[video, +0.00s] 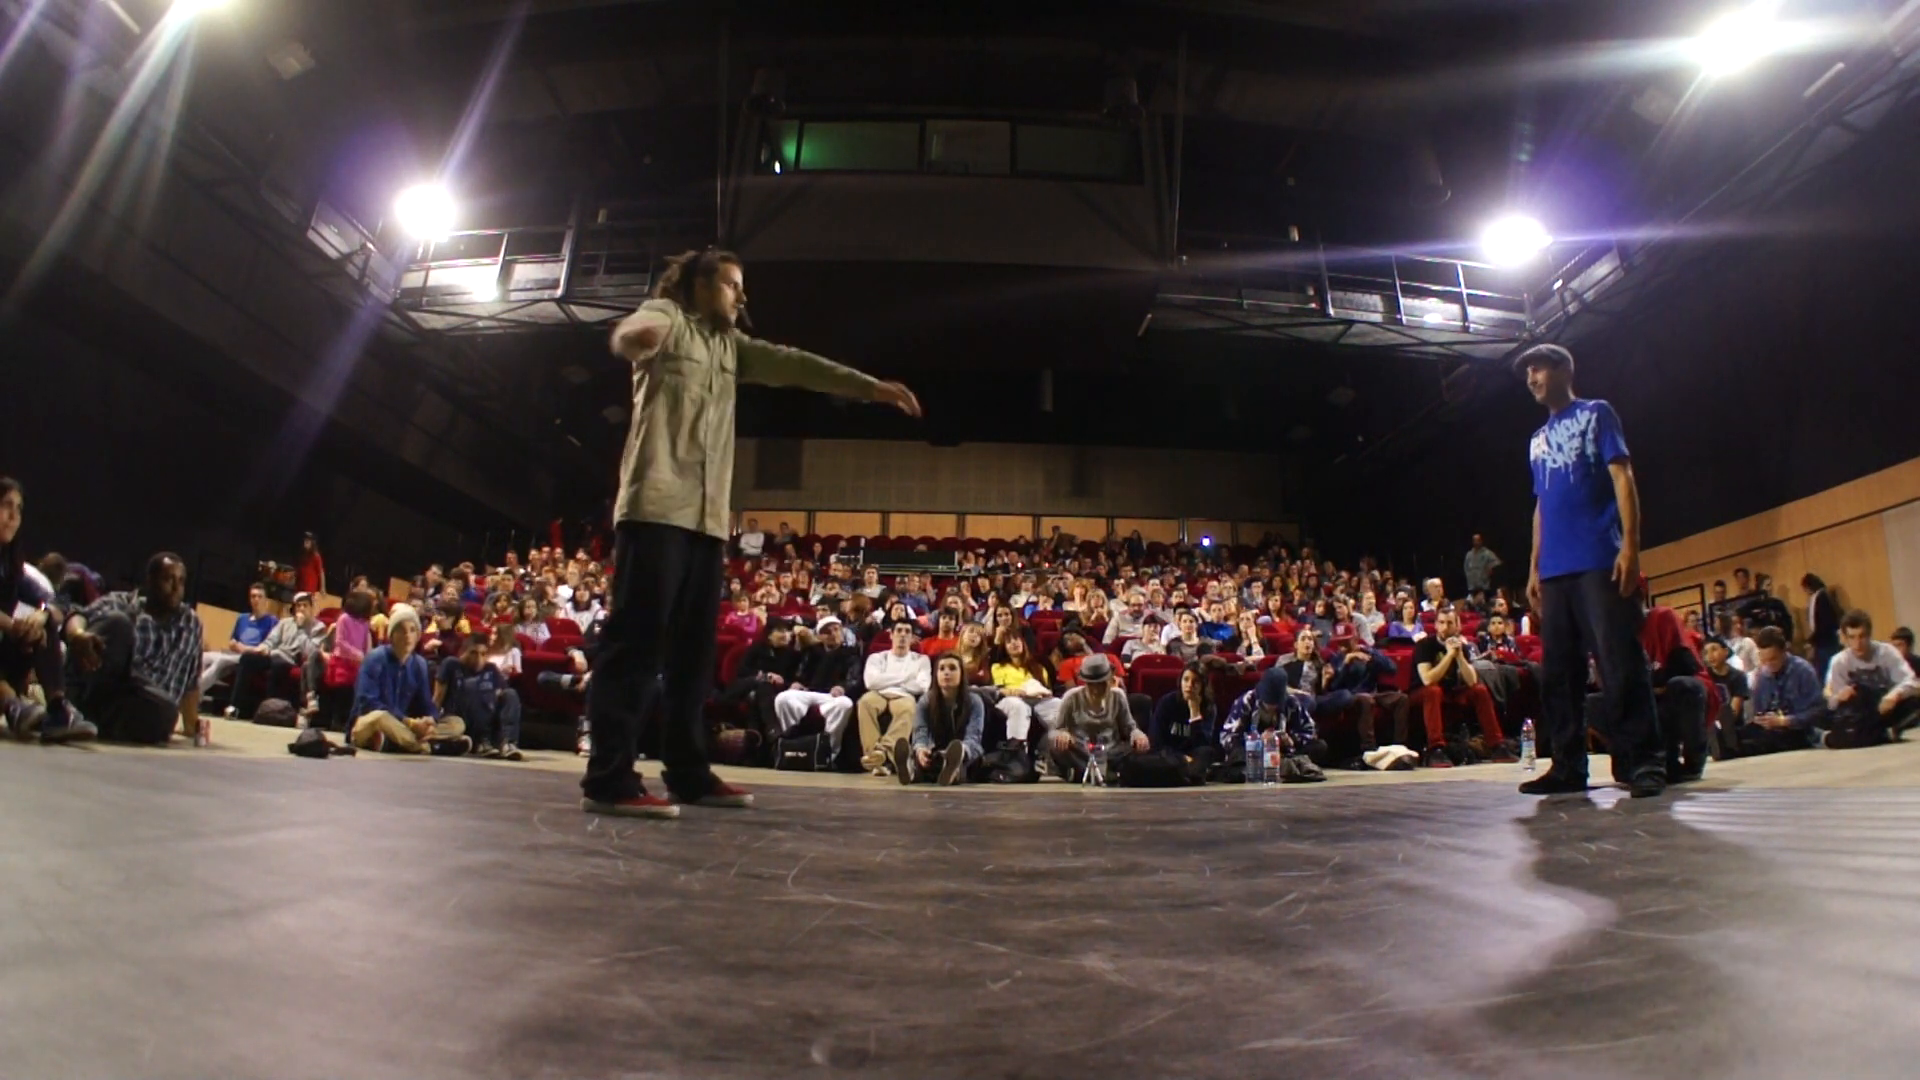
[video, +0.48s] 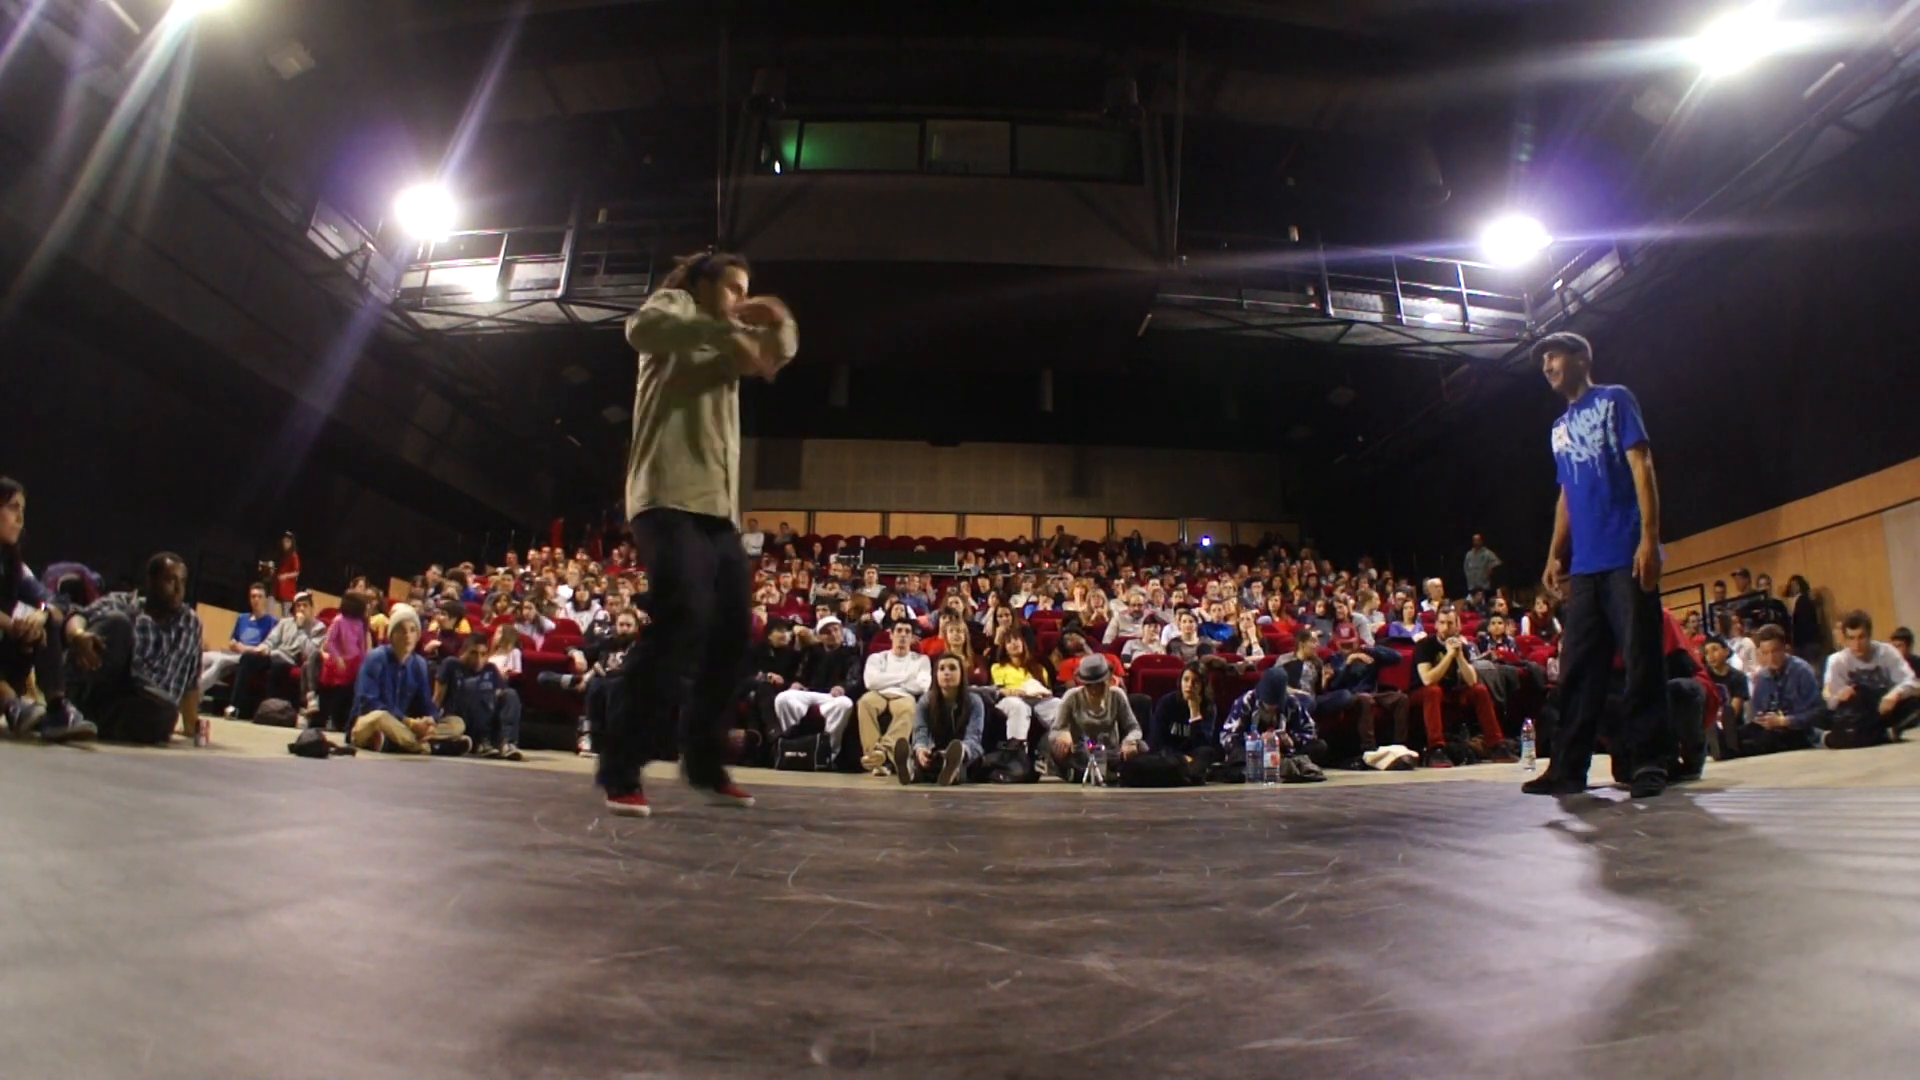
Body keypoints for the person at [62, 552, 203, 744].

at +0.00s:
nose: (176, 588)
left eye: (181, 581)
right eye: (169, 580)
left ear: (184, 586)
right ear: (151, 580)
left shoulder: (191, 623)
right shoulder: (122, 602)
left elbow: (190, 684)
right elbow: (79, 616)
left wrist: (191, 730)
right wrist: (76, 634)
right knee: (117, 624)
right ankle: (71, 710)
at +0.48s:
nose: (178, 589)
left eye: (183, 582)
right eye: (170, 581)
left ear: (186, 585)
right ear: (152, 582)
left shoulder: (191, 624)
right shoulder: (123, 603)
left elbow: (190, 685)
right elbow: (78, 617)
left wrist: (191, 731)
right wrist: (77, 635)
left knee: (160, 719)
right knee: (116, 624)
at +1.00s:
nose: (178, 589)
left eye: (182, 582)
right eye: (170, 580)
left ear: (186, 585)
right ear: (151, 581)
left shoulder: (190, 623)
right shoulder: (123, 603)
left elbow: (190, 685)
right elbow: (77, 619)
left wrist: (191, 731)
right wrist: (77, 635)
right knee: (116, 625)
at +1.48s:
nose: (177, 589)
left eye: (182, 582)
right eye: (169, 581)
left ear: (186, 585)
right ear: (151, 581)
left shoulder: (190, 622)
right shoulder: (122, 603)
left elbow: (190, 685)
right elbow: (77, 620)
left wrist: (191, 731)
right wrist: (78, 635)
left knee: (163, 717)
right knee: (117, 625)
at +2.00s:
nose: (176, 586)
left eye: (181, 580)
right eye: (170, 578)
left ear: (185, 584)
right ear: (152, 580)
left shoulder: (191, 621)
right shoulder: (131, 610)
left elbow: (190, 678)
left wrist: (191, 727)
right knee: (116, 622)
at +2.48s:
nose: (178, 588)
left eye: (181, 582)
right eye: (170, 580)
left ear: (184, 587)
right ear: (152, 581)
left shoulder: (189, 621)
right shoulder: (131, 606)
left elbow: (191, 682)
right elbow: (106, 588)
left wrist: (191, 730)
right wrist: (129, 562)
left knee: (158, 721)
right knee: (115, 621)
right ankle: (68, 704)